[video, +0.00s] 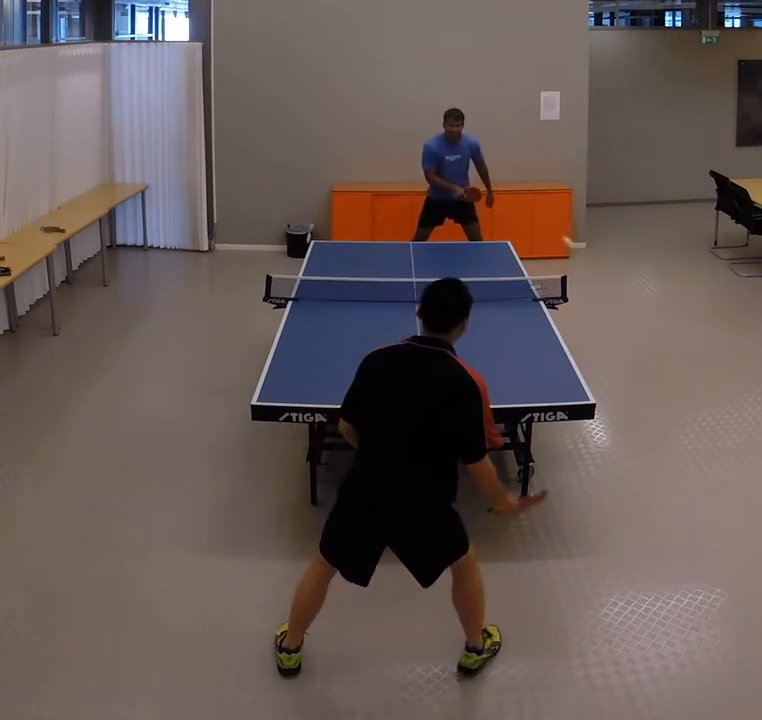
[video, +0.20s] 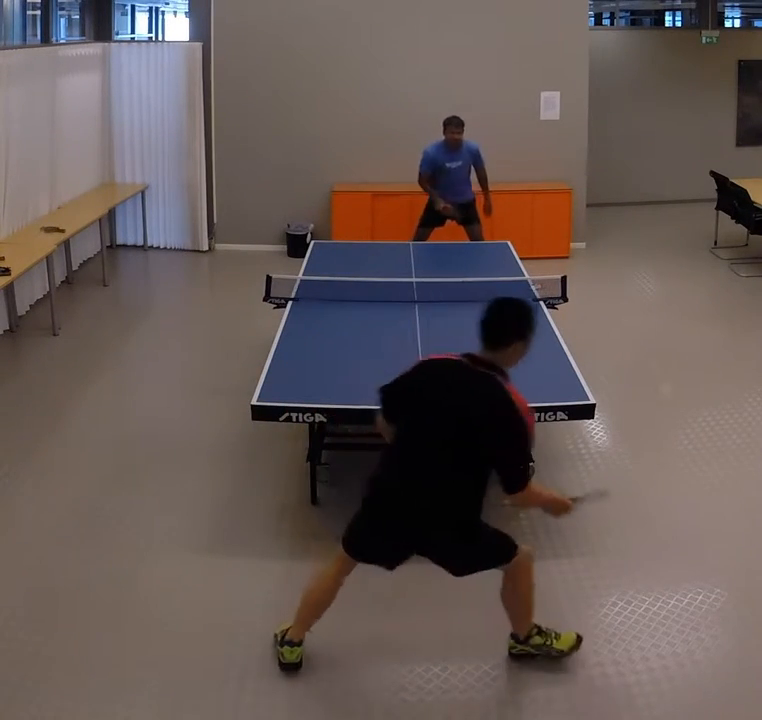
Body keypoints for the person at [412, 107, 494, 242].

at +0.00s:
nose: (454, 130)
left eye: (458, 126)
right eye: (451, 126)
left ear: (463, 126)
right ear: (444, 125)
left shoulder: (471, 144)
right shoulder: (432, 147)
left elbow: (481, 167)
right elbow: (430, 177)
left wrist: (489, 191)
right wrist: (454, 189)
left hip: (462, 200)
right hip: (437, 200)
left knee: (477, 241)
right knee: (419, 241)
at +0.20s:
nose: (456, 137)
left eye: (459, 133)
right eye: (452, 133)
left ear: (463, 133)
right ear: (444, 133)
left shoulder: (471, 150)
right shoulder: (431, 153)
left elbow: (481, 174)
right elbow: (423, 181)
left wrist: (487, 199)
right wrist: (438, 201)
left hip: (465, 202)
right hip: (438, 202)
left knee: (478, 242)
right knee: (418, 241)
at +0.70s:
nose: (424, 113)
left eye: (427, 110)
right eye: (420, 110)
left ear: (430, 111)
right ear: (412, 111)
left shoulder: (438, 133)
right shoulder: (400, 135)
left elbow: (444, 159)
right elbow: (385, 162)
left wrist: (447, 185)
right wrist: (379, 192)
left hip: (434, 191)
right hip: (409, 193)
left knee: (446, 233)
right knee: (407, 237)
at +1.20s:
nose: (422, 126)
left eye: (426, 123)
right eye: (419, 122)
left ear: (433, 123)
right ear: (413, 120)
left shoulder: (441, 144)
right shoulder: (399, 141)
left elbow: (450, 173)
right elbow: (388, 168)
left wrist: (444, 198)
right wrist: (384, 195)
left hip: (427, 203)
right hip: (401, 201)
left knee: (432, 248)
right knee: (390, 245)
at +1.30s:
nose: (419, 131)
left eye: (423, 128)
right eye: (415, 127)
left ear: (429, 127)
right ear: (409, 124)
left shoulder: (438, 146)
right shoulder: (395, 144)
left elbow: (447, 175)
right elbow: (385, 171)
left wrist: (442, 200)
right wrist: (387, 196)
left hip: (425, 204)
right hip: (399, 202)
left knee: (430, 247)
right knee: (388, 246)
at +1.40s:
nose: (414, 136)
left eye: (418, 133)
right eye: (411, 132)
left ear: (424, 131)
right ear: (405, 128)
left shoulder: (431, 148)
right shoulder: (390, 148)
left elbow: (439, 174)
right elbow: (381, 176)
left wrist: (439, 201)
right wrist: (389, 200)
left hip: (420, 203)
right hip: (396, 203)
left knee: (427, 243)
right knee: (387, 244)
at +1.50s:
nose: (409, 139)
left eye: (413, 135)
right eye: (406, 134)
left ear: (419, 133)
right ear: (399, 131)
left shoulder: (425, 147)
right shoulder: (386, 153)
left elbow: (429, 171)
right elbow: (382, 185)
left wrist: (432, 195)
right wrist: (394, 205)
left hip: (415, 200)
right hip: (390, 200)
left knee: (422, 242)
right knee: (385, 243)